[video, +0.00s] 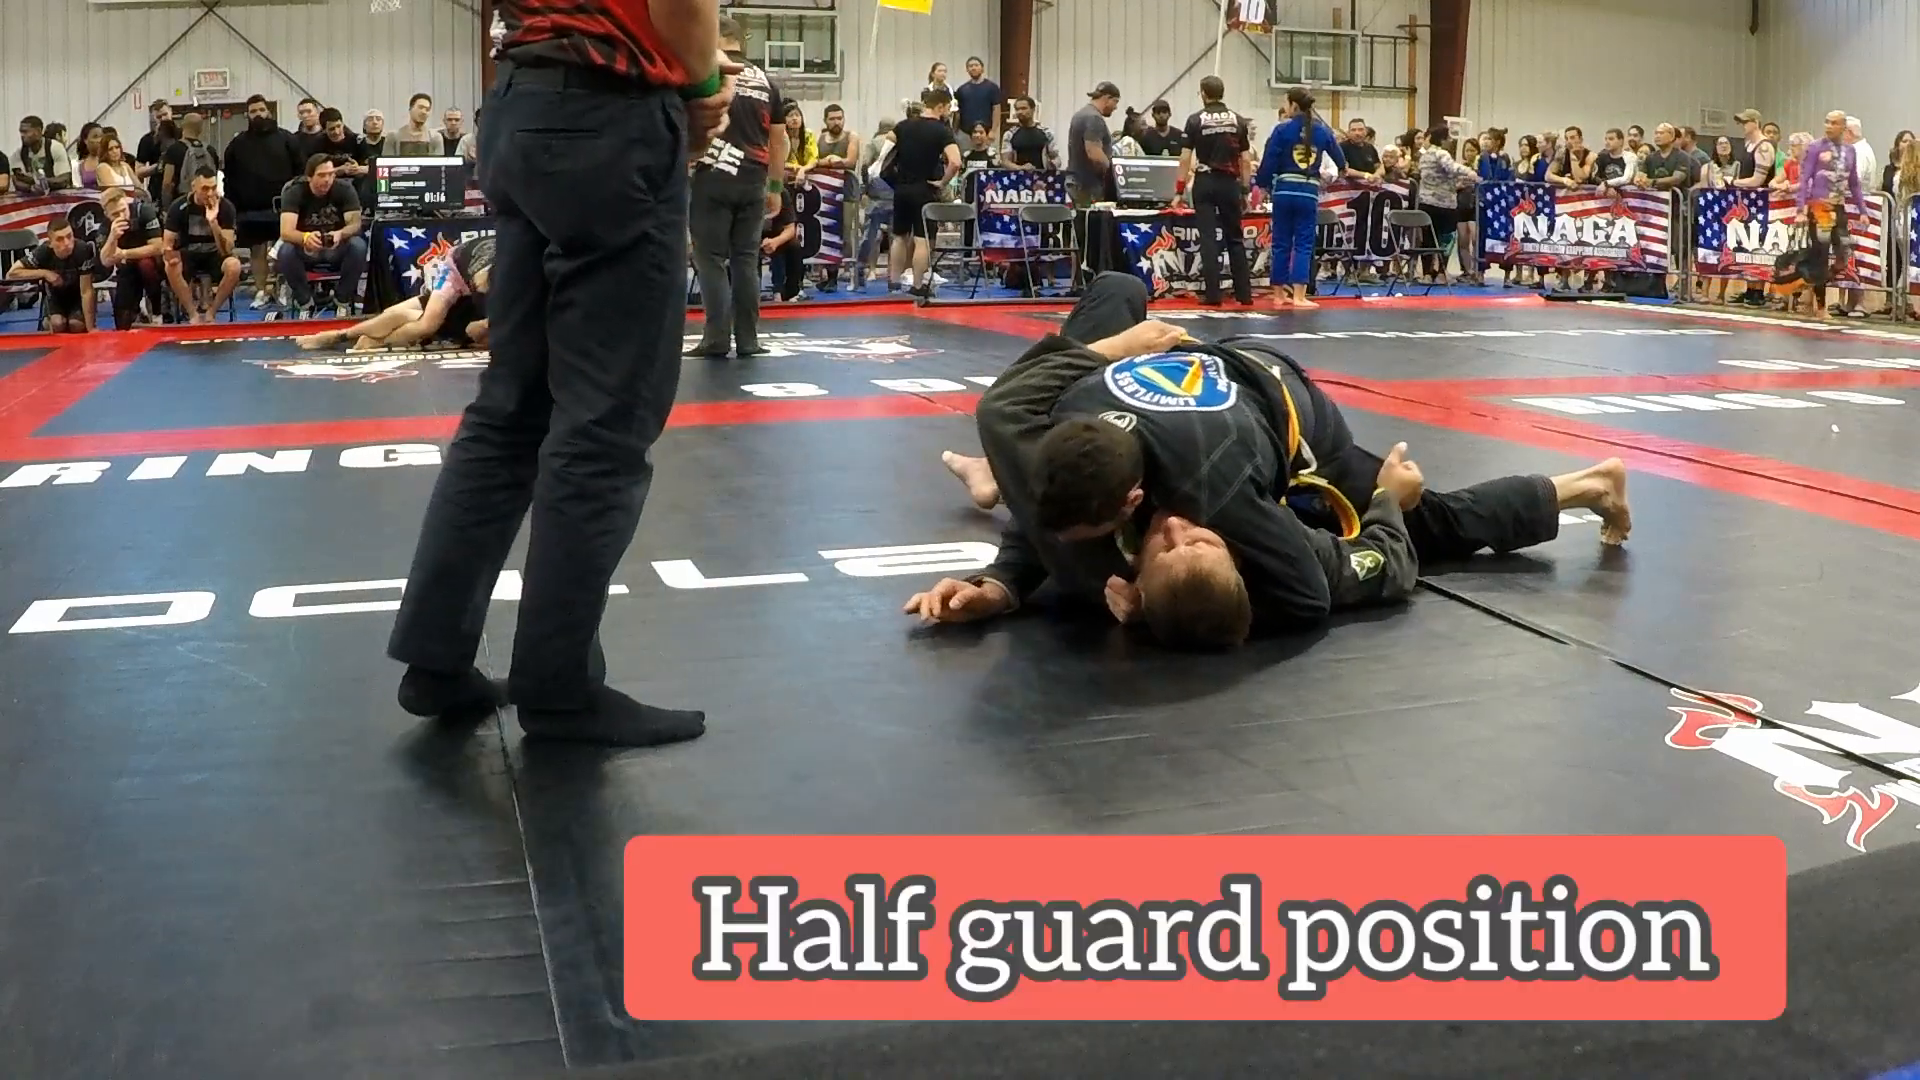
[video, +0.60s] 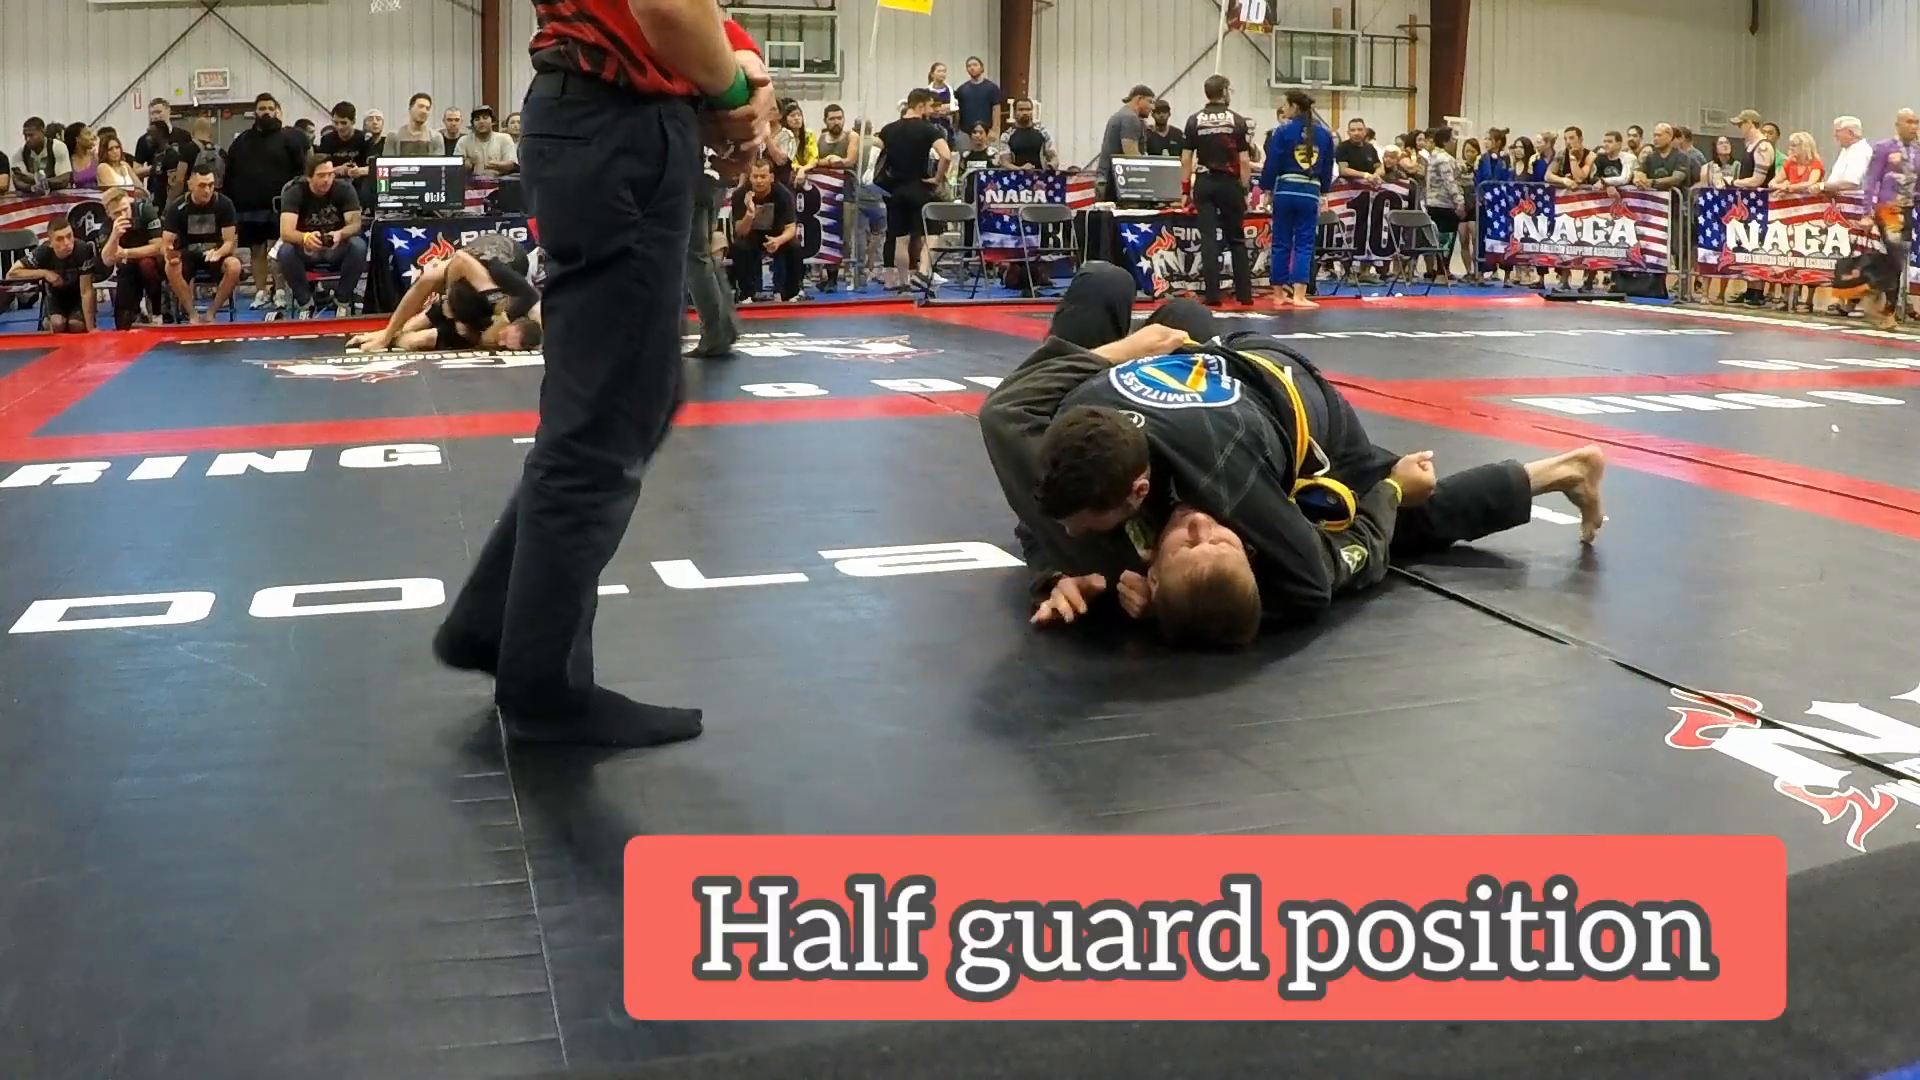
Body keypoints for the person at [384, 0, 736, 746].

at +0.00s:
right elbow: (679, 6)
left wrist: (688, 81)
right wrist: (705, 82)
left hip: (524, 95)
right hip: (614, 112)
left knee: (513, 404)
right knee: (607, 422)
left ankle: (435, 664)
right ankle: (559, 689)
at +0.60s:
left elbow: (678, 6)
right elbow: (666, 7)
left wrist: (744, 64)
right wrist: (732, 91)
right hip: (616, 116)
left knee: (637, 395)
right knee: (605, 416)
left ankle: (488, 617)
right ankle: (545, 693)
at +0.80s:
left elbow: (709, 8)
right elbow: (664, 8)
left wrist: (766, 65)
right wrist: (747, 90)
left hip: (684, 118)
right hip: (621, 118)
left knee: (726, 391)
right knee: (611, 424)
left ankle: (599, 634)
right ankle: (549, 684)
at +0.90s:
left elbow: (735, 11)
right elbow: (665, 6)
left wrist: (781, 63)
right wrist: (754, 88)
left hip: (702, 121)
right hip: (629, 117)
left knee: (767, 388)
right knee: (614, 426)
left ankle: (673, 651)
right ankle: (550, 688)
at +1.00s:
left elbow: (755, 9)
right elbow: (672, 5)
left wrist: (798, 58)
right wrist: (768, 94)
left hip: (730, 123)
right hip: (644, 119)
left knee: (802, 392)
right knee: (621, 426)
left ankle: (761, 677)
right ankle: (556, 684)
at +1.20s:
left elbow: (835, 7)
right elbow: (705, 6)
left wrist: (855, 62)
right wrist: (813, 84)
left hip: (791, 124)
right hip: (690, 116)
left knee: (841, 421)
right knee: (646, 426)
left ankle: (875, 718)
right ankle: (565, 668)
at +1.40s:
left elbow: (906, 7)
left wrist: (939, 45)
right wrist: (891, 76)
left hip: (868, 119)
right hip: (766, 113)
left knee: (891, 439)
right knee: (715, 426)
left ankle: (875, 723)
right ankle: (591, 646)